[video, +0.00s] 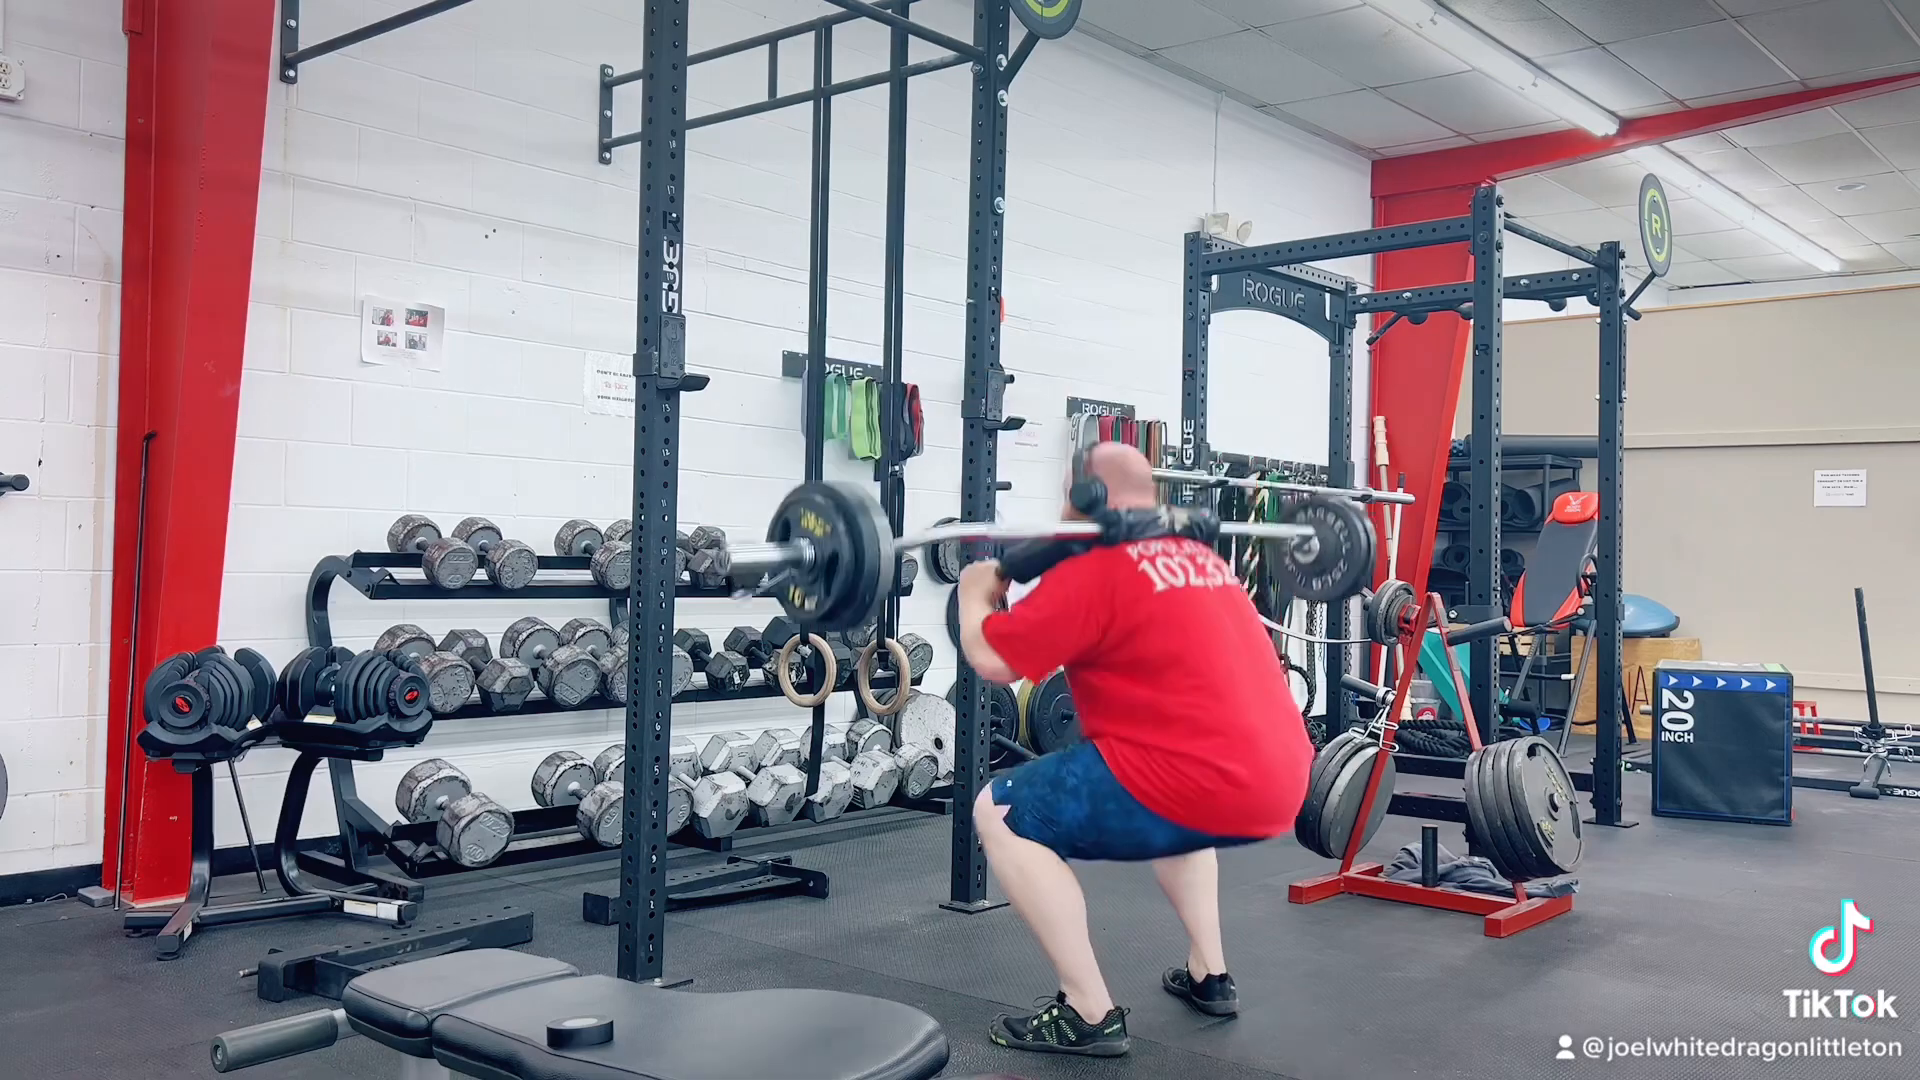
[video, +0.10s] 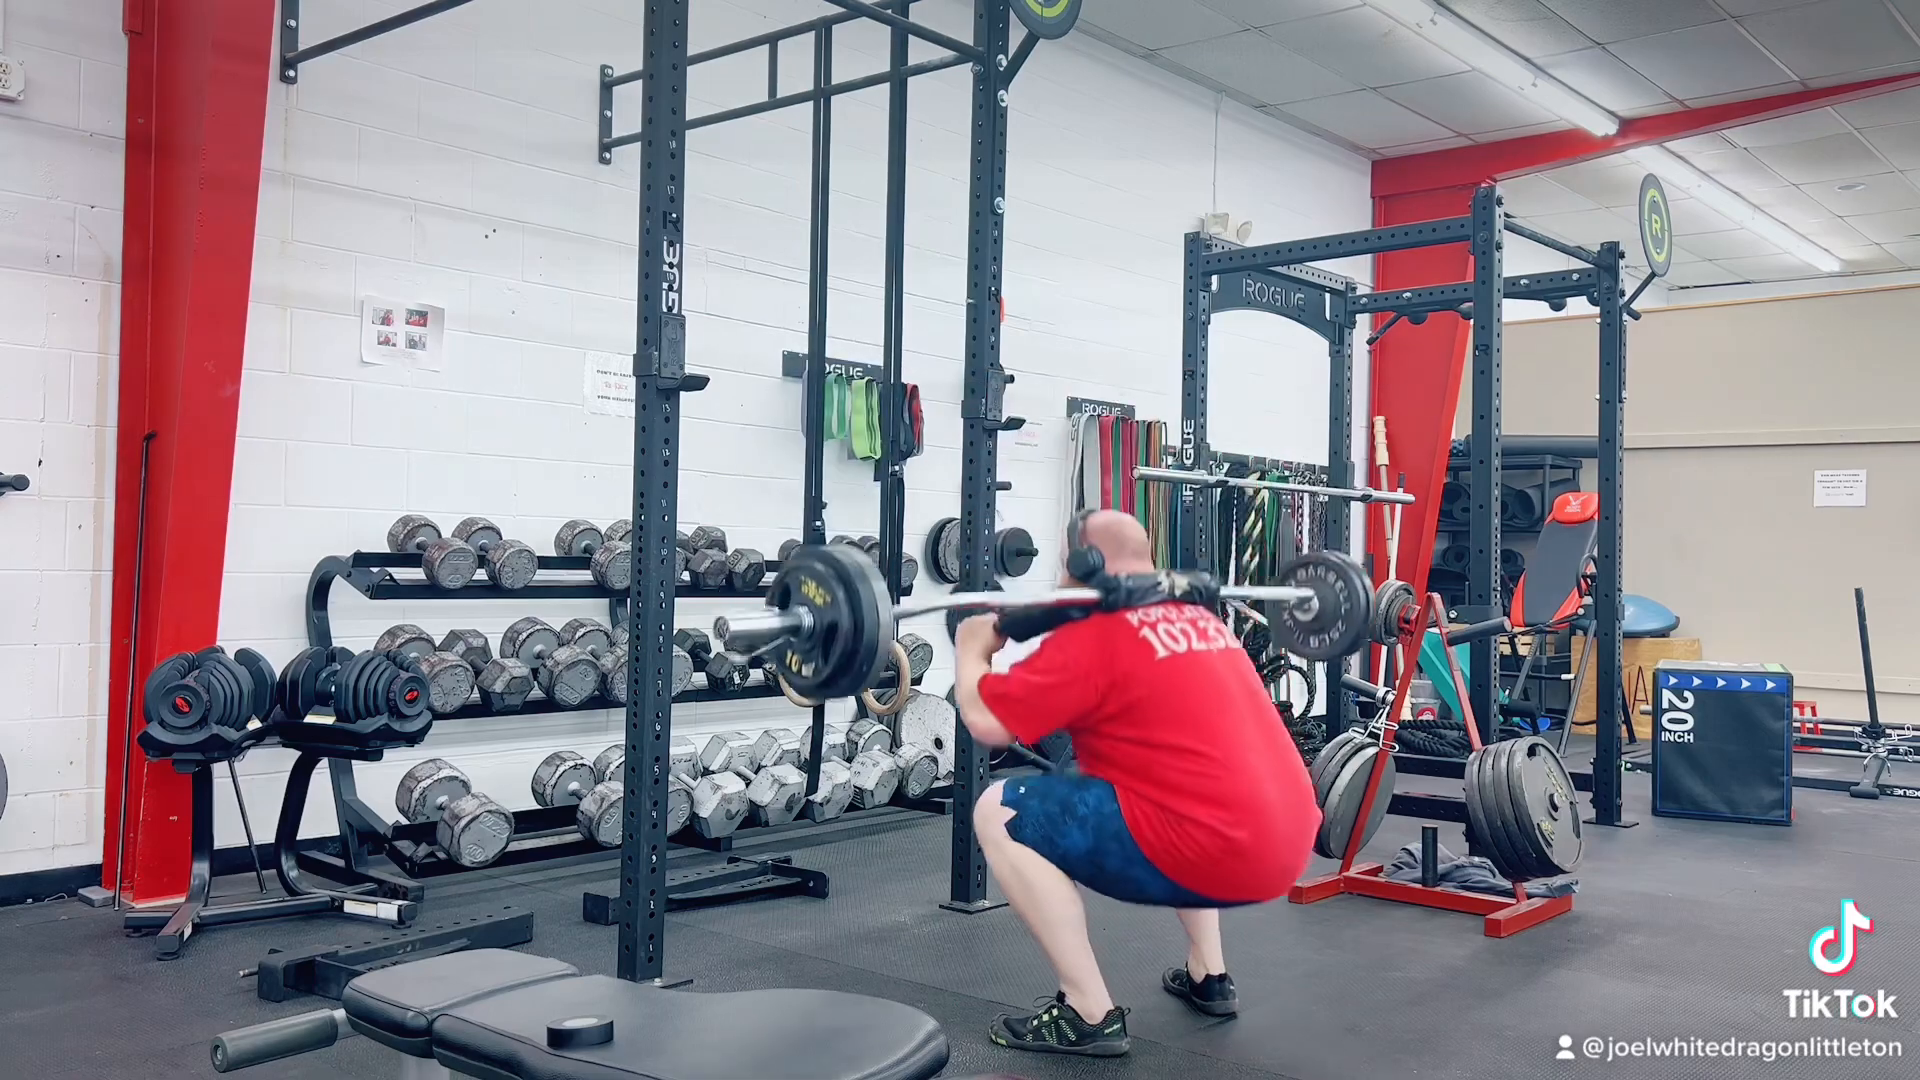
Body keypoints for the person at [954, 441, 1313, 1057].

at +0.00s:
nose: (1067, 509)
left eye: (1069, 499)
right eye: (1073, 499)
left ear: (1080, 504)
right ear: (1153, 500)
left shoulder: (1097, 572)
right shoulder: (1201, 557)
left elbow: (992, 659)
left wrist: (972, 592)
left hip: (1186, 785)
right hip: (1277, 783)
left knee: (999, 810)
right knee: (1158, 797)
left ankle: (1089, 1010)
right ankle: (1210, 973)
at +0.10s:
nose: (1063, 576)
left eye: (1064, 566)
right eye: (1066, 566)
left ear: (1075, 573)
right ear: (1149, 566)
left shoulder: (1095, 638)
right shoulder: (1199, 619)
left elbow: (987, 720)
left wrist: (972, 650)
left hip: (1203, 858)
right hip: (1282, 853)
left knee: (999, 811)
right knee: (1159, 782)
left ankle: (1088, 1010)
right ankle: (1209, 974)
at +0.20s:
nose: (1067, 616)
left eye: (1069, 605)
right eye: (1069, 605)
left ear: (1081, 609)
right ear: (1152, 602)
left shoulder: (1098, 674)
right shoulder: (1204, 655)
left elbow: (989, 757)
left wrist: (971, 683)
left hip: (1206, 899)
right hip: (1284, 890)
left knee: (1000, 815)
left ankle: (1088, 1009)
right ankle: (1208, 973)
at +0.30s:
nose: (1067, 598)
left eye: (1068, 590)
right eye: (1070, 590)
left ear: (1075, 598)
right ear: (1151, 591)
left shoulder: (1099, 665)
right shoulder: (1202, 644)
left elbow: (993, 752)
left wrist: (975, 681)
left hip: (1208, 886)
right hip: (1286, 877)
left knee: (999, 815)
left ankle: (1088, 1008)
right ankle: (1209, 972)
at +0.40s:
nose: (1063, 547)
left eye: (1065, 538)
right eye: (1066, 539)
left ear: (1080, 542)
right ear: (1147, 532)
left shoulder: (1104, 601)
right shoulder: (1207, 584)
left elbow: (1002, 696)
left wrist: (977, 634)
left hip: (1206, 805)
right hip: (1297, 803)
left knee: (1014, 805)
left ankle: (1089, 1008)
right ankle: (1212, 974)